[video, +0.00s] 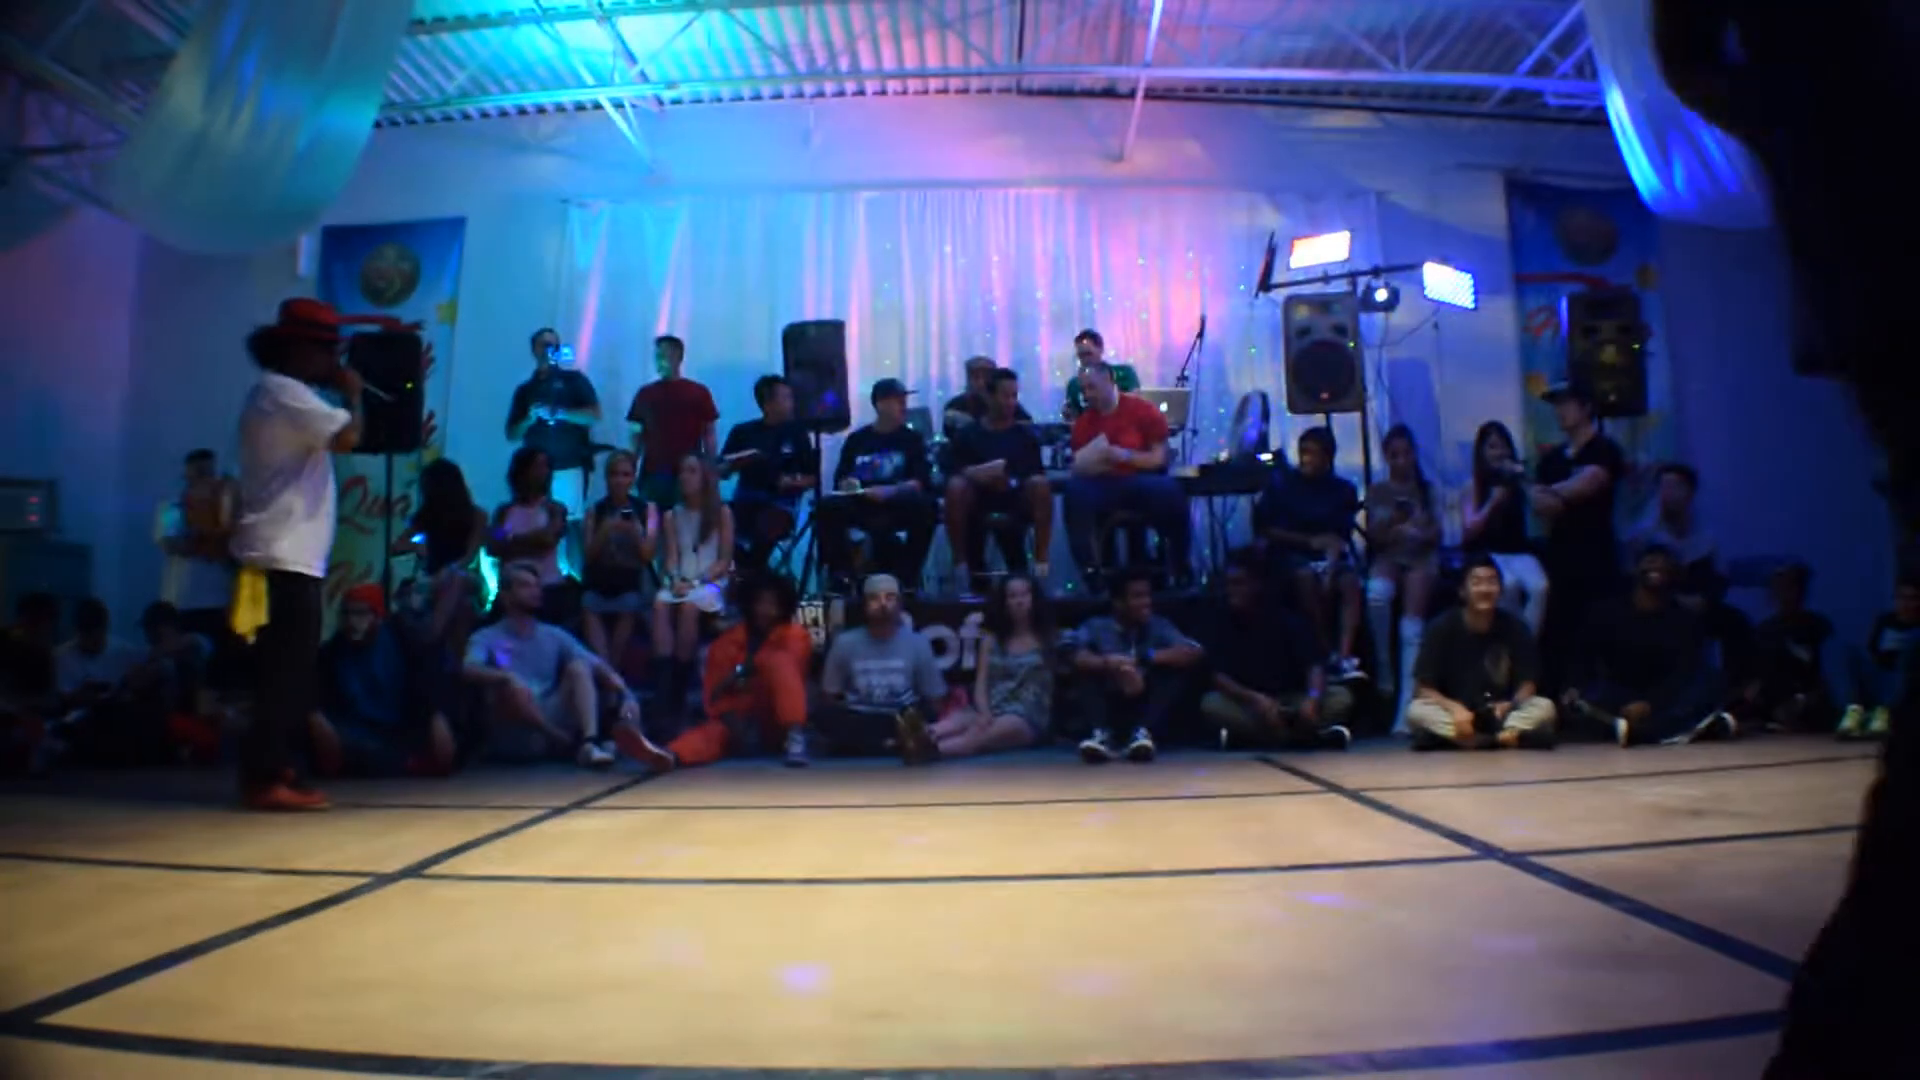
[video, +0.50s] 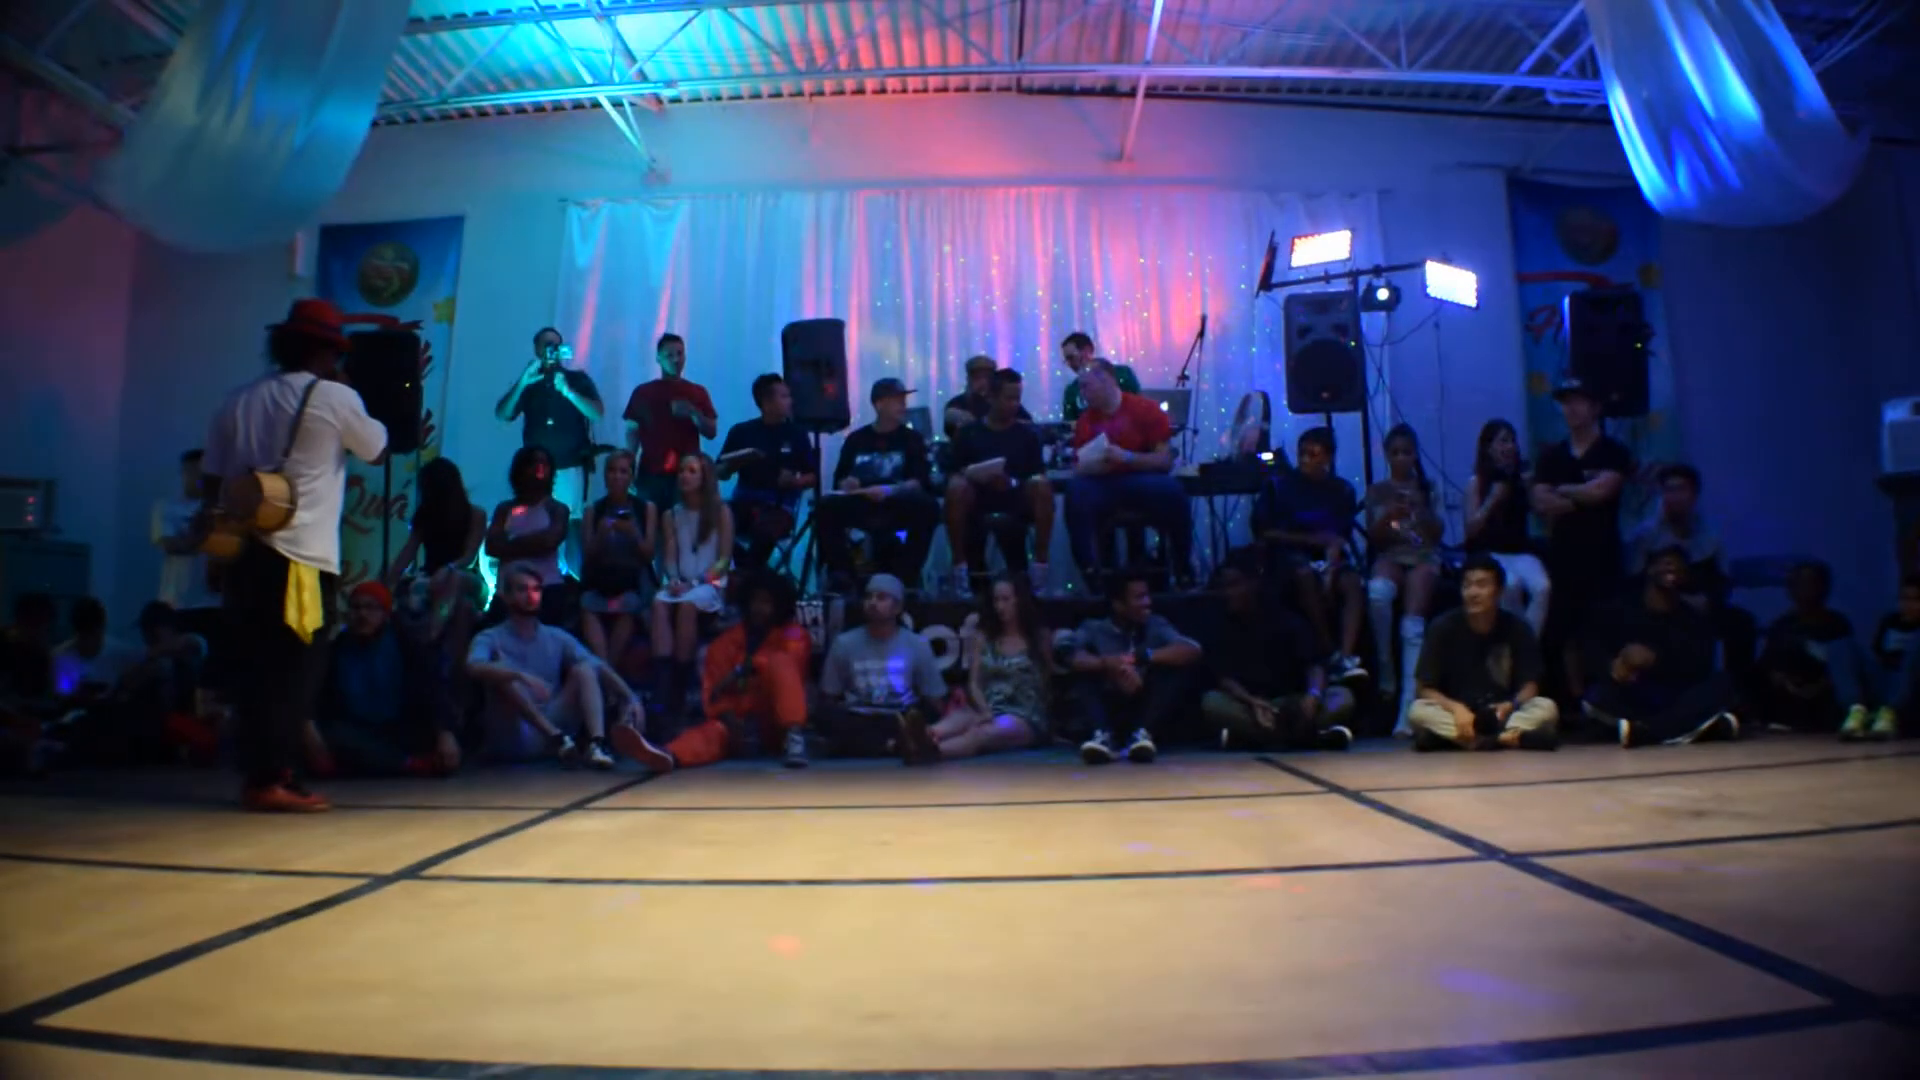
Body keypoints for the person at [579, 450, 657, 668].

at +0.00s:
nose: (620, 480)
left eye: (626, 474)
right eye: (615, 474)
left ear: (633, 478)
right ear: (607, 477)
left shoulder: (646, 509)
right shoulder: (595, 510)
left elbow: (647, 551)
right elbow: (589, 553)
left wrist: (633, 532)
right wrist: (606, 531)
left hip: (630, 572)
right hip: (600, 572)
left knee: (628, 606)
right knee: (589, 606)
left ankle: (613, 667)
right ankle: (604, 667)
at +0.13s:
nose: (622, 480)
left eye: (627, 474)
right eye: (617, 474)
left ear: (634, 477)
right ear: (609, 477)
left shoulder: (647, 508)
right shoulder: (598, 509)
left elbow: (650, 548)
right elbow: (591, 549)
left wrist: (633, 532)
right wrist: (607, 533)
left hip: (633, 570)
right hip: (603, 570)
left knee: (629, 606)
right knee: (591, 605)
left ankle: (613, 665)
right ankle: (604, 665)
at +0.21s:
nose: (623, 480)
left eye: (628, 474)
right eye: (618, 474)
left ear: (635, 477)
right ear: (610, 477)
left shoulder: (648, 508)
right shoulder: (598, 510)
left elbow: (650, 548)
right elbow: (591, 551)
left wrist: (634, 531)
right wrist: (606, 533)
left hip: (633, 570)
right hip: (603, 570)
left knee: (630, 606)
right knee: (591, 605)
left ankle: (613, 665)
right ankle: (604, 665)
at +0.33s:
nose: (620, 477)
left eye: (626, 472)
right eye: (615, 471)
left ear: (633, 476)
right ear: (607, 475)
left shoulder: (647, 509)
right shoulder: (594, 511)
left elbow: (649, 550)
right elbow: (590, 552)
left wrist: (633, 532)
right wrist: (604, 534)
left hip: (632, 572)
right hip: (601, 572)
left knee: (629, 606)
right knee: (590, 606)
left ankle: (612, 667)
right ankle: (604, 667)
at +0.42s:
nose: (619, 477)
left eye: (625, 471)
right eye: (614, 471)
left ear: (633, 476)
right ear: (606, 475)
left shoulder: (647, 508)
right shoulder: (593, 511)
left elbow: (648, 551)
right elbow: (589, 553)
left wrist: (632, 532)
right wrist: (603, 534)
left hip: (631, 573)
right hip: (601, 573)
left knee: (627, 607)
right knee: (589, 606)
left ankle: (611, 666)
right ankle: (603, 666)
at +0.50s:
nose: (618, 477)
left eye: (624, 471)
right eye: (613, 471)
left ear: (631, 476)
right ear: (605, 475)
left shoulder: (646, 508)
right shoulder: (592, 511)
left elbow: (648, 551)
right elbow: (588, 553)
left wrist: (631, 532)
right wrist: (602, 534)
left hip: (631, 574)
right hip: (600, 574)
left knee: (626, 608)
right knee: (589, 607)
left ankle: (609, 669)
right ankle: (603, 668)